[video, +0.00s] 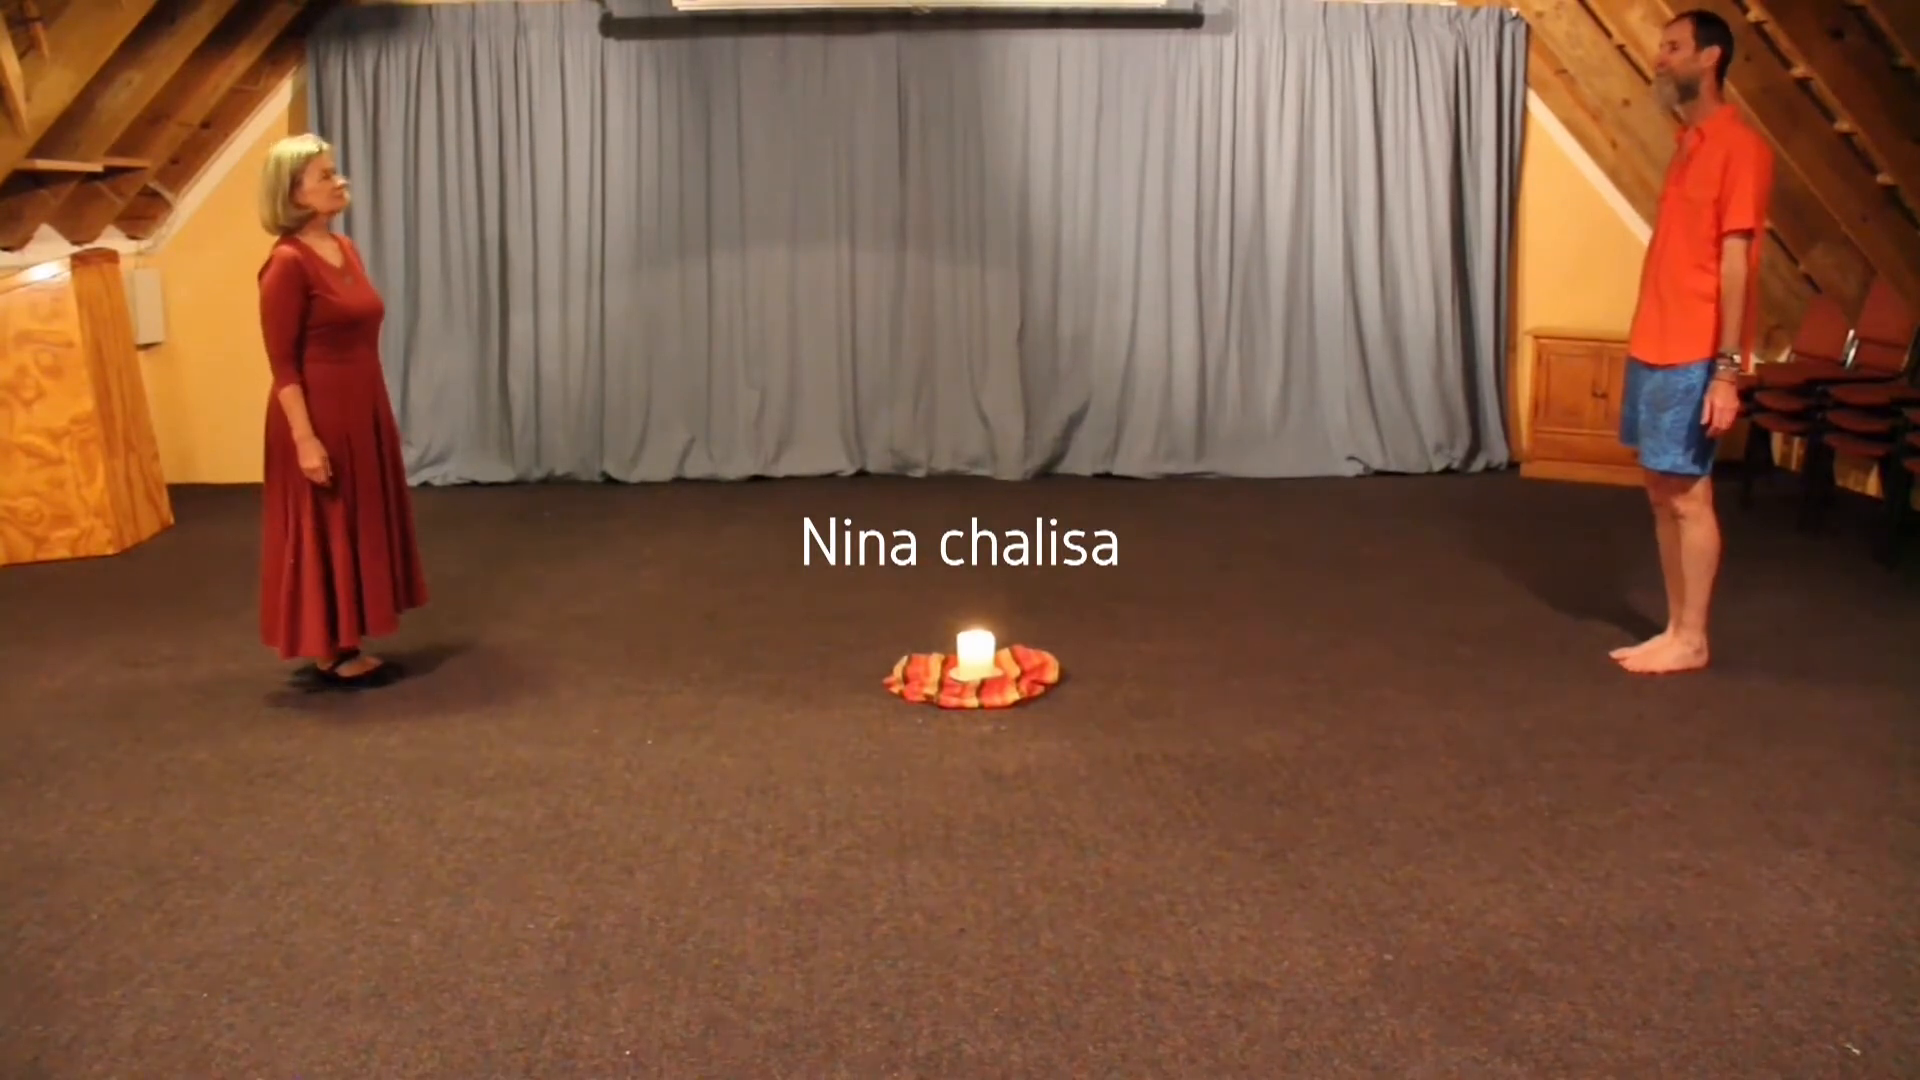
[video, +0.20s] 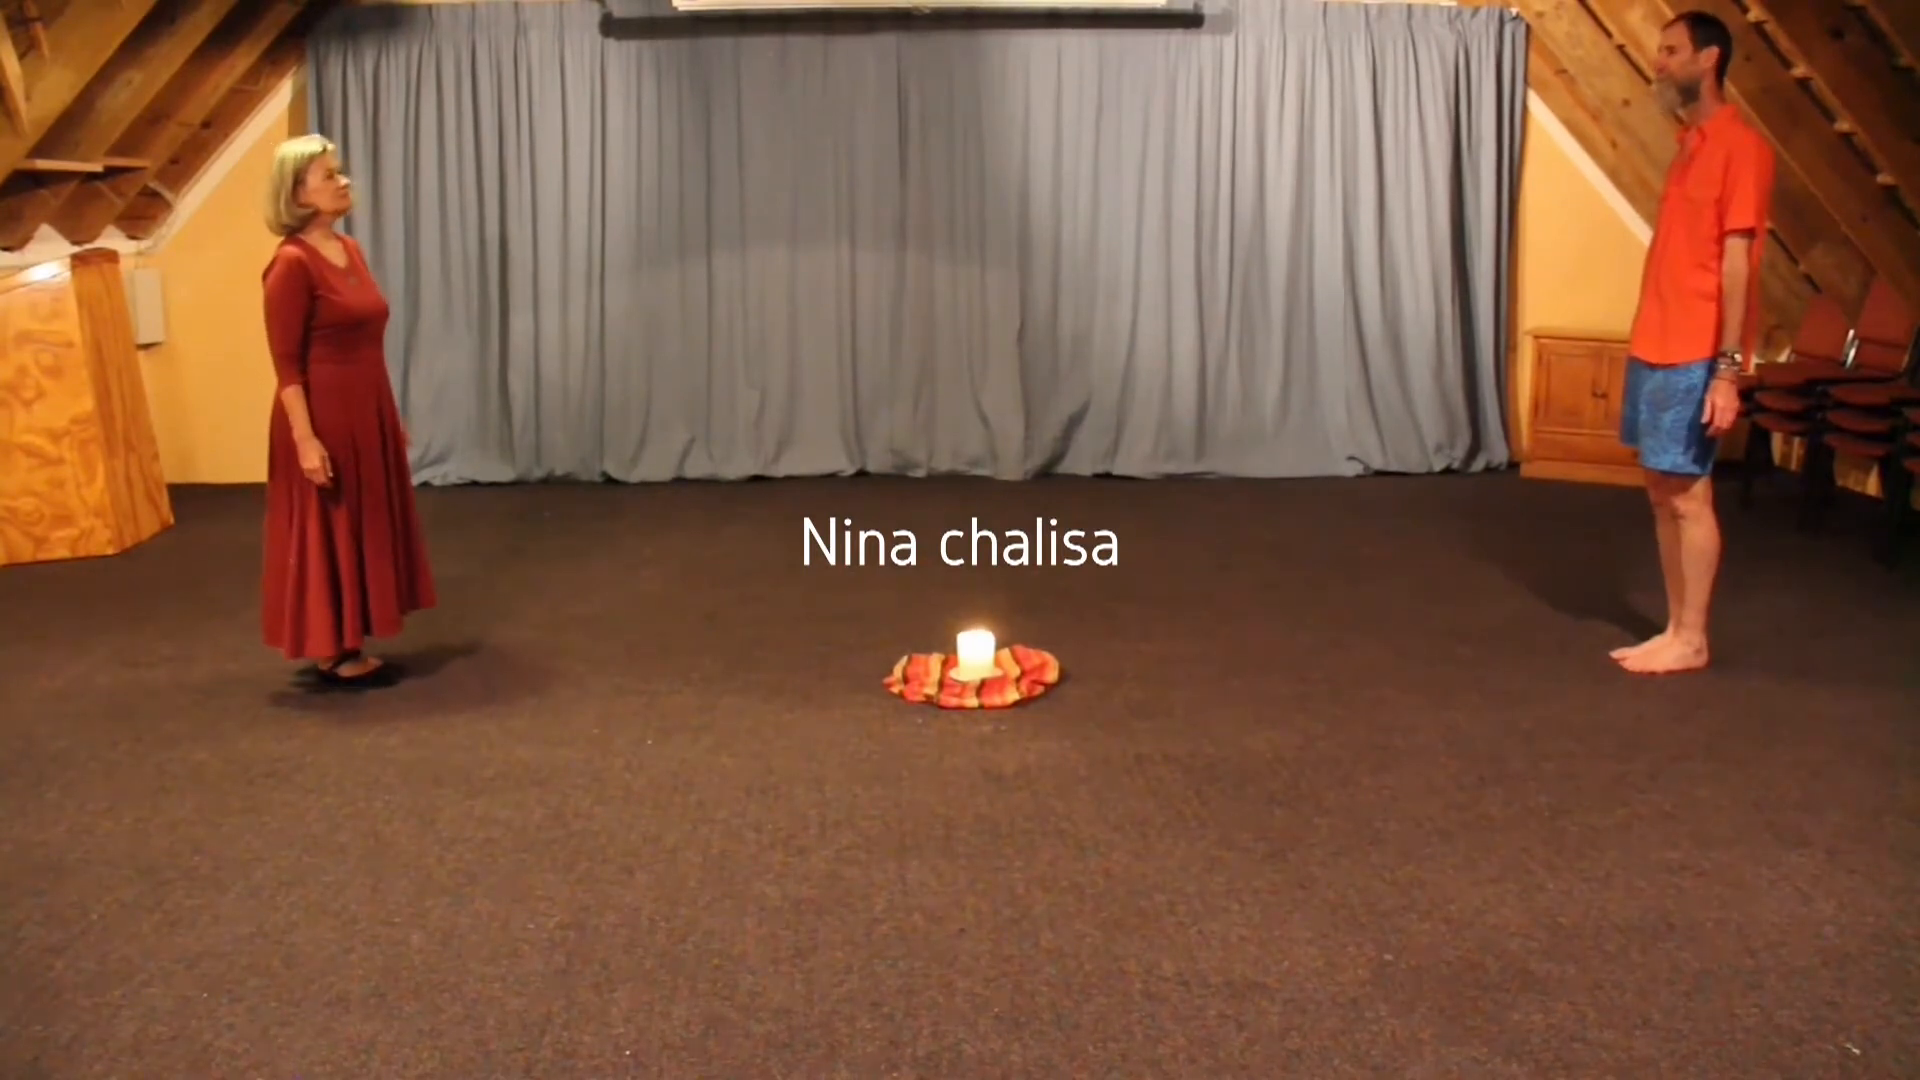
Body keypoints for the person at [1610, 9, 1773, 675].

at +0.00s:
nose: (1659, 58)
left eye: (1672, 46)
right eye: (1661, 46)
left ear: (1710, 57)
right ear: (1692, 58)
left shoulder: (1740, 143)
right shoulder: (1694, 139)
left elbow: (1737, 259)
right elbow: (1687, 251)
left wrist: (1727, 367)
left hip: (1693, 356)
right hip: (1655, 349)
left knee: (1688, 497)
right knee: (1662, 493)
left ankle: (1692, 639)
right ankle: (1677, 630)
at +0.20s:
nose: (1658, 62)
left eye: (1670, 50)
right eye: (1658, 50)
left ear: (1710, 58)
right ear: (1692, 60)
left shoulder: (1741, 142)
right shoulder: (1695, 140)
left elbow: (1738, 258)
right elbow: (1688, 252)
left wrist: (1728, 366)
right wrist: (1654, 344)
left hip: (1694, 355)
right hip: (1657, 349)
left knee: (1688, 496)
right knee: (1663, 493)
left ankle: (1692, 639)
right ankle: (1677, 630)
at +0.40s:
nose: (1658, 63)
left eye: (1670, 52)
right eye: (1658, 52)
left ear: (1708, 58)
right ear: (1693, 59)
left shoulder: (1742, 143)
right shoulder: (1696, 141)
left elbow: (1739, 258)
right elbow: (1692, 252)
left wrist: (1731, 365)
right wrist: (1657, 344)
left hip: (1695, 355)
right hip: (1658, 349)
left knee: (1689, 496)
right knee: (1663, 492)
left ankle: (1692, 639)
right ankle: (1677, 630)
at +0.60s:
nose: (1657, 63)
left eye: (1669, 51)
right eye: (1657, 51)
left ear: (1707, 58)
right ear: (1694, 60)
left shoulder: (1742, 143)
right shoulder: (1697, 141)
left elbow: (1740, 257)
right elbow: (1696, 253)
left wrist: (1733, 366)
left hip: (1695, 355)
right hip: (1658, 349)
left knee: (1686, 497)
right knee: (1662, 492)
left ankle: (1692, 639)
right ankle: (1677, 630)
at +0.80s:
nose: (1655, 63)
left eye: (1667, 51)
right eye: (1656, 51)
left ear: (1706, 59)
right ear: (1695, 60)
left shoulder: (1741, 143)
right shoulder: (1697, 142)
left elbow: (1739, 258)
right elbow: (1697, 253)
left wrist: (1732, 365)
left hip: (1695, 354)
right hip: (1659, 348)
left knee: (1684, 496)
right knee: (1661, 491)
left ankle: (1692, 639)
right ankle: (1677, 630)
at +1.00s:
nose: (1654, 61)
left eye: (1665, 49)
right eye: (1655, 49)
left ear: (1704, 58)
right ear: (1694, 59)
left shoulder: (1737, 142)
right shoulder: (1696, 141)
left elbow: (1735, 257)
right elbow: (1697, 254)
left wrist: (1728, 364)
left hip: (1694, 355)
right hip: (1659, 349)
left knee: (1686, 496)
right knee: (1663, 492)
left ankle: (1691, 639)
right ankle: (1677, 630)